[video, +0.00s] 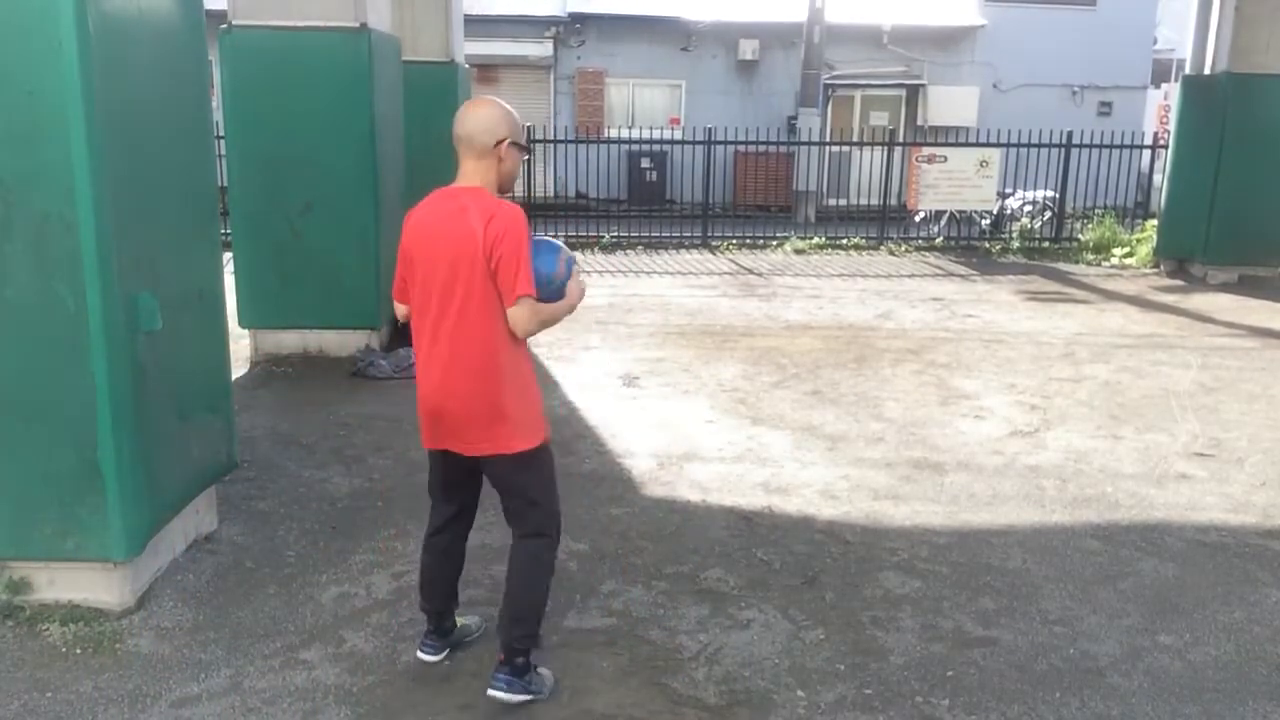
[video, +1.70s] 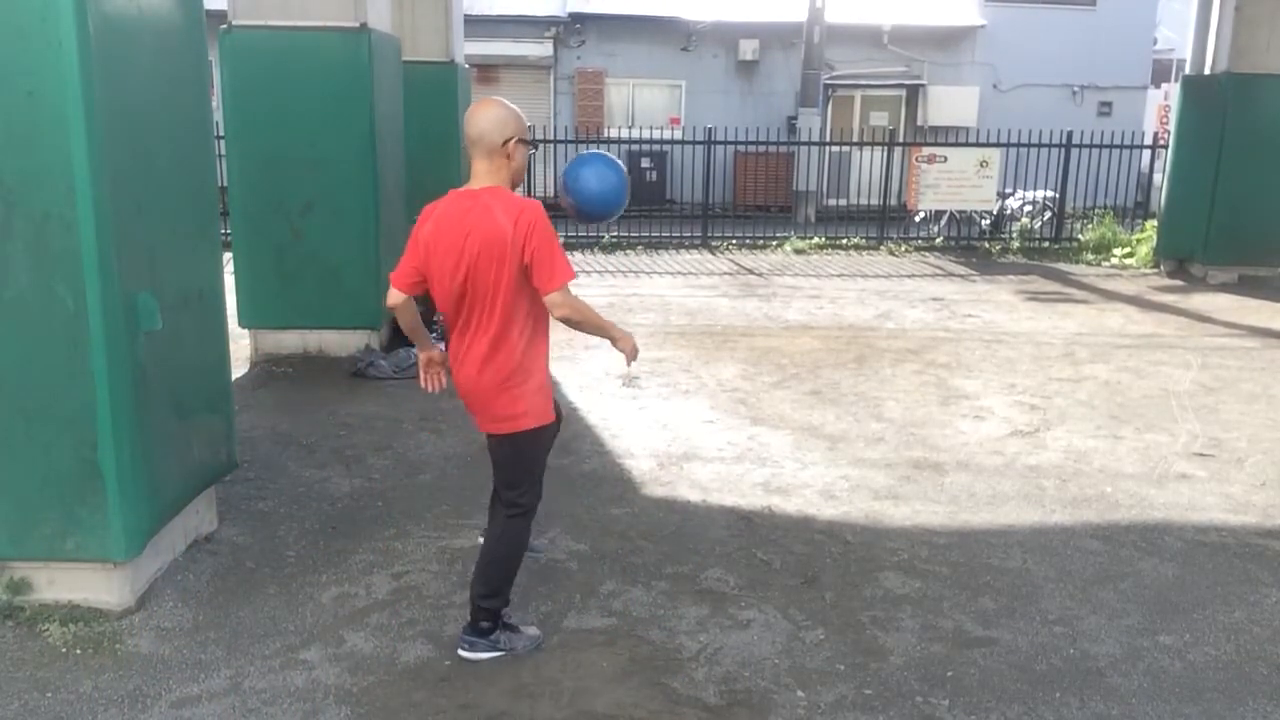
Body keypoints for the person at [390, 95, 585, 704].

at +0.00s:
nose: (521, 158)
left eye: (521, 147)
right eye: (519, 148)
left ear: (462, 148)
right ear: (500, 150)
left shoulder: (419, 215)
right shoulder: (502, 218)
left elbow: (405, 308)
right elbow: (522, 321)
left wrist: (488, 289)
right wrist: (566, 302)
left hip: (440, 404)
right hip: (502, 407)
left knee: (448, 514)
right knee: (536, 526)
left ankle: (437, 630)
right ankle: (515, 666)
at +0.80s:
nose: (512, 176)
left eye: (514, 165)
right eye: (512, 163)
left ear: (458, 155)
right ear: (488, 158)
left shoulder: (418, 210)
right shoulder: (480, 220)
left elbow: (418, 280)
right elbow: (503, 318)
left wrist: (499, 262)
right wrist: (585, 328)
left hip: (434, 392)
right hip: (488, 392)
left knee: (463, 497)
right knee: (549, 476)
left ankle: (454, 614)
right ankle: (497, 592)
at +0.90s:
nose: (515, 181)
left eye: (517, 170)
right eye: (514, 168)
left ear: (467, 160)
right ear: (490, 162)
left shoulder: (419, 215)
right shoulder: (477, 223)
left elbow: (433, 287)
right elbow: (483, 322)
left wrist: (499, 273)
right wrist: (563, 359)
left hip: (433, 387)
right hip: (480, 383)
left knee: (464, 495)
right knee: (568, 429)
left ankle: (455, 614)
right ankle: (514, 539)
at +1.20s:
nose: (516, 164)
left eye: (517, 152)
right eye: (515, 151)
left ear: (463, 148)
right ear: (496, 149)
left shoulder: (424, 208)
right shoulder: (491, 214)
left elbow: (412, 288)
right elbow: (497, 311)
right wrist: (560, 378)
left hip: (440, 389)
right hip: (492, 387)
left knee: (465, 494)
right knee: (567, 465)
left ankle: (455, 616)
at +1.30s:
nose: (521, 174)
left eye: (520, 163)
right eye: (521, 163)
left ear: (465, 161)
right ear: (509, 163)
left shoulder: (426, 223)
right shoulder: (509, 230)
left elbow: (395, 303)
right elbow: (536, 328)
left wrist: (449, 330)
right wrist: (601, 375)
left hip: (461, 392)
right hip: (507, 401)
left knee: (506, 476)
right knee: (526, 512)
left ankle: (480, 557)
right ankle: (485, 630)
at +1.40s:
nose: (526, 175)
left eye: (524, 165)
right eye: (526, 165)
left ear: (469, 162)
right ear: (515, 165)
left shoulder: (424, 226)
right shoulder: (518, 232)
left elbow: (386, 310)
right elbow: (553, 325)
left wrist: (409, 361)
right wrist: (614, 362)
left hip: (463, 384)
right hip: (510, 396)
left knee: (564, 346)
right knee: (528, 507)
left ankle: (514, 470)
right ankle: (484, 630)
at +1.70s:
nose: (527, 155)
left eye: (525, 145)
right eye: (525, 145)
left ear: (472, 149)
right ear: (510, 148)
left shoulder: (436, 215)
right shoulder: (523, 214)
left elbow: (400, 298)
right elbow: (560, 304)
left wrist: (425, 346)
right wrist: (614, 332)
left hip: (475, 380)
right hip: (517, 388)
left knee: (551, 417)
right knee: (513, 506)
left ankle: (507, 521)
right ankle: (484, 627)